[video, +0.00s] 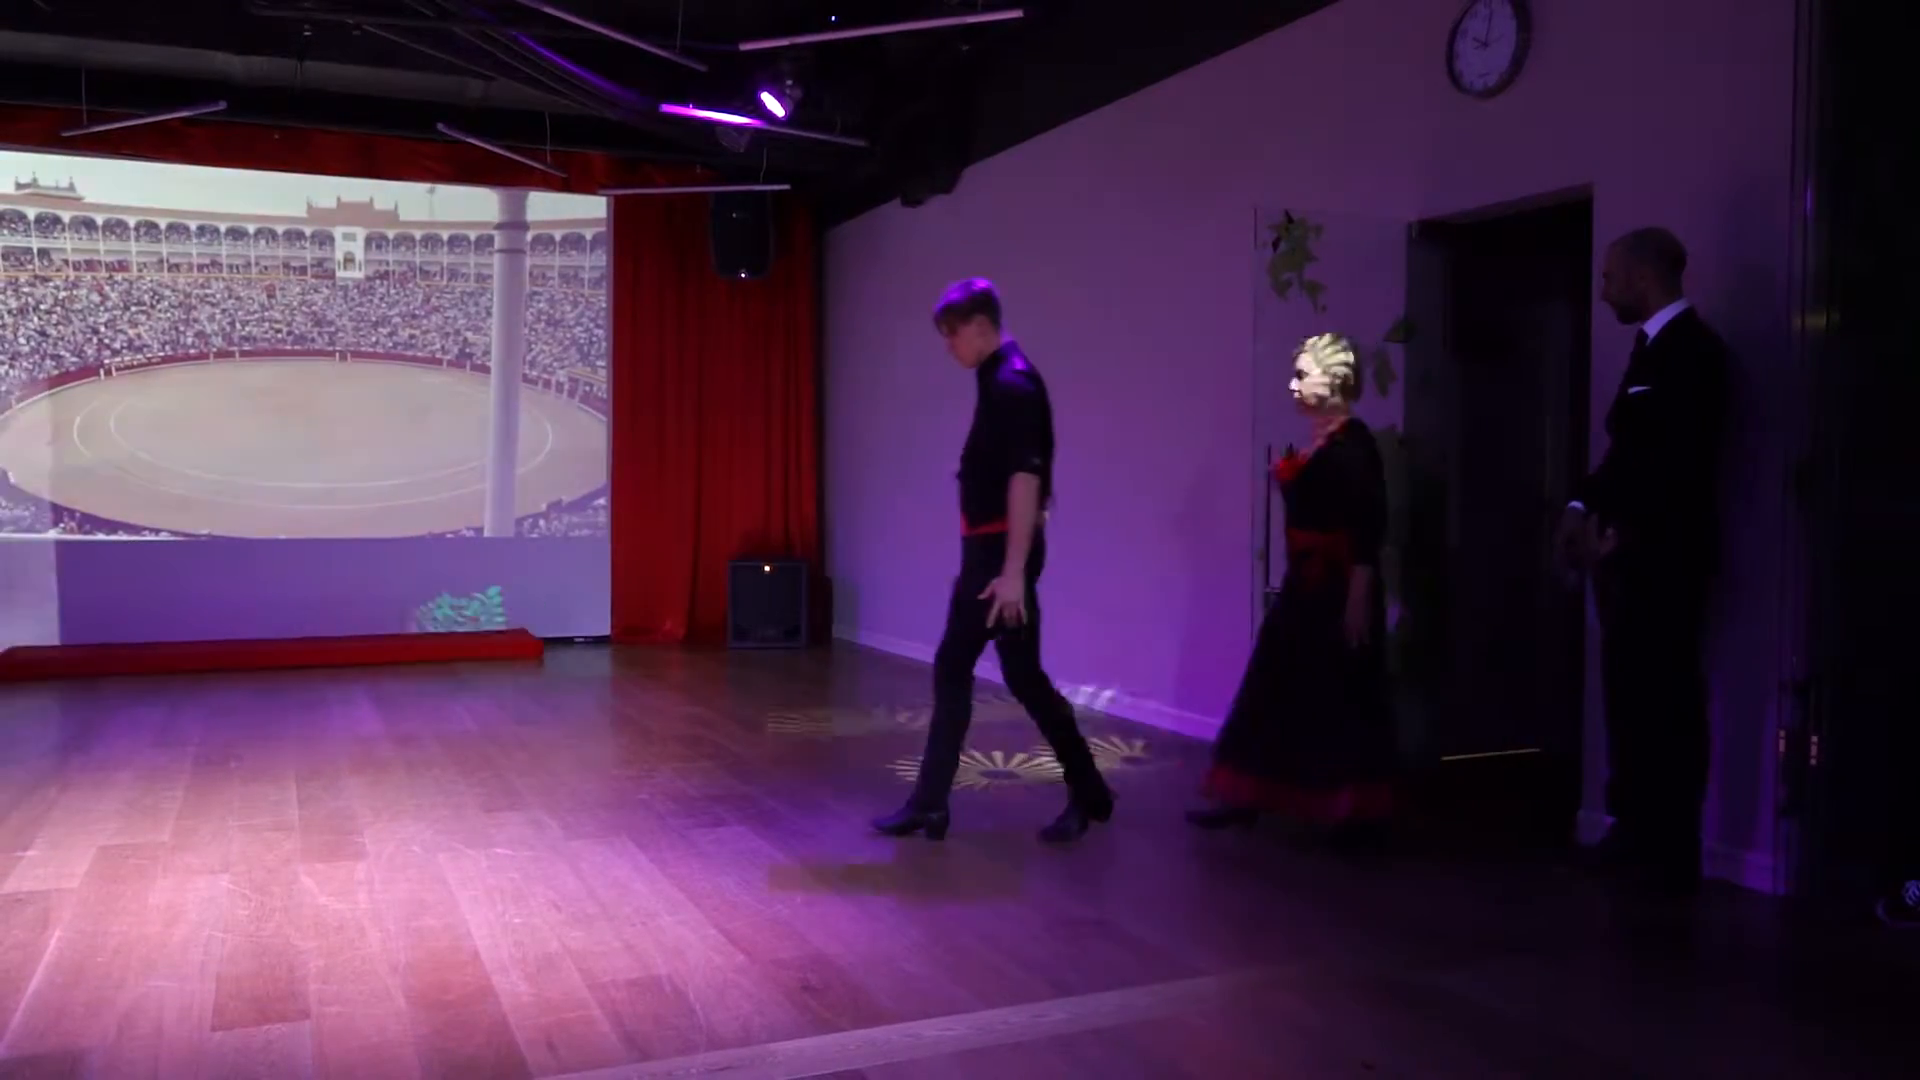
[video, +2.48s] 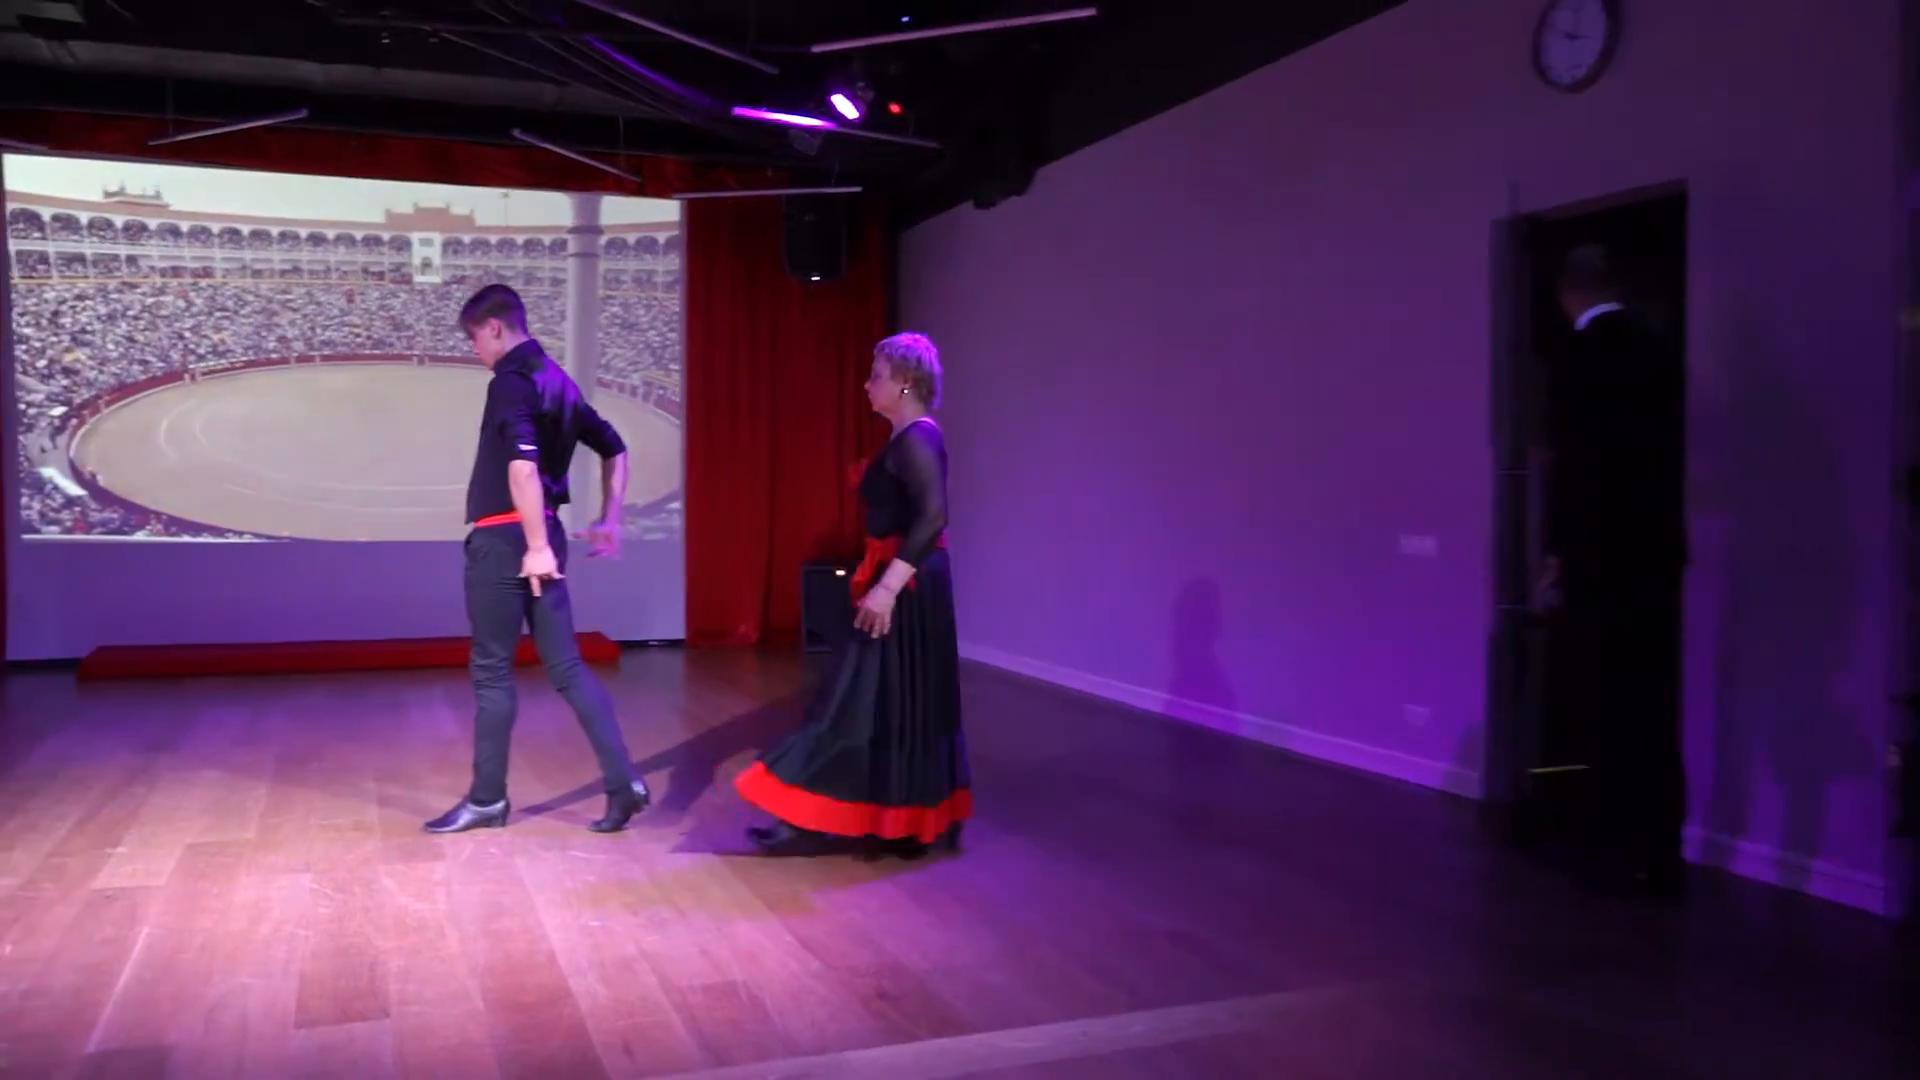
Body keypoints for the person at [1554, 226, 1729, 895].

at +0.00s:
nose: (1604, 287)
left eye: (1612, 275)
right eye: (1606, 275)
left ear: (1644, 278)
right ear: (1653, 276)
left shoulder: (1687, 353)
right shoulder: (1651, 349)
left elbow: (1664, 464)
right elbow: (1625, 451)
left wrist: (1615, 525)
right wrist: (1587, 508)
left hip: (1670, 556)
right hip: (1639, 554)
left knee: (1663, 698)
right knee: (1636, 697)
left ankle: (1665, 848)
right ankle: (1636, 839)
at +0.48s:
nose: (1574, 292)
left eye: (1582, 280)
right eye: (1575, 279)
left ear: (1613, 283)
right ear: (1617, 284)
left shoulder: (1656, 356)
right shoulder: (1606, 353)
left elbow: (1639, 471)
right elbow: (1588, 455)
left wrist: (1579, 520)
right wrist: (1550, 504)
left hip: (1636, 559)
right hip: (1592, 557)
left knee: (1655, 704)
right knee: (1559, 699)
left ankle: (1679, 855)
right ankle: (1546, 841)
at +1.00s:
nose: (1460, 308)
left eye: (1465, 294)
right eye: (1460, 295)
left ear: (1492, 292)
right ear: (1497, 291)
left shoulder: (1547, 352)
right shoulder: (1498, 358)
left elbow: (1552, 459)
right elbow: (1445, 424)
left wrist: (1523, 537)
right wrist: (1356, 442)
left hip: (1556, 545)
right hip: (1516, 544)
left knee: (1580, 689)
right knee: (1503, 683)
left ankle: (1620, 838)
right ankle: (1504, 822)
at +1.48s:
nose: (1431, 302)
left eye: (1439, 289)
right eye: (1430, 291)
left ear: (1473, 288)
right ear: (1459, 293)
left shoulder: (1528, 350)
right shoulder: (1474, 360)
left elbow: (1548, 452)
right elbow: (1417, 432)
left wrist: (1536, 535)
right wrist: (1332, 449)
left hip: (1531, 555)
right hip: (1489, 548)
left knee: (1531, 689)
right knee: (1495, 685)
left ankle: (1534, 833)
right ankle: (1497, 822)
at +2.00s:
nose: (1440, 302)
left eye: (1445, 290)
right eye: (1441, 291)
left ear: (1466, 290)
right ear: (1482, 288)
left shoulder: (1508, 352)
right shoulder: (1487, 352)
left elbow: (1510, 459)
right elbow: (1475, 457)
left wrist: (1501, 540)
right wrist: (1393, 457)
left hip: (1510, 557)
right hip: (1492, 551)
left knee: (1507, 691)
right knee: (1498, 689)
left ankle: (1515, 828)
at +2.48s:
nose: (1563, 307)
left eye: (1564, 295)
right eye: (1568, 293)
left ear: (1569, 296)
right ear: (1617, 286)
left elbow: (1576, 468)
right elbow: (1657, 464)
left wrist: (1557, 553)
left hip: (1602, 554)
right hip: (1654, 548)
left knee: (1605, 698)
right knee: (1648, 701)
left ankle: (1607, 845)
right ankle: (1653, 846)